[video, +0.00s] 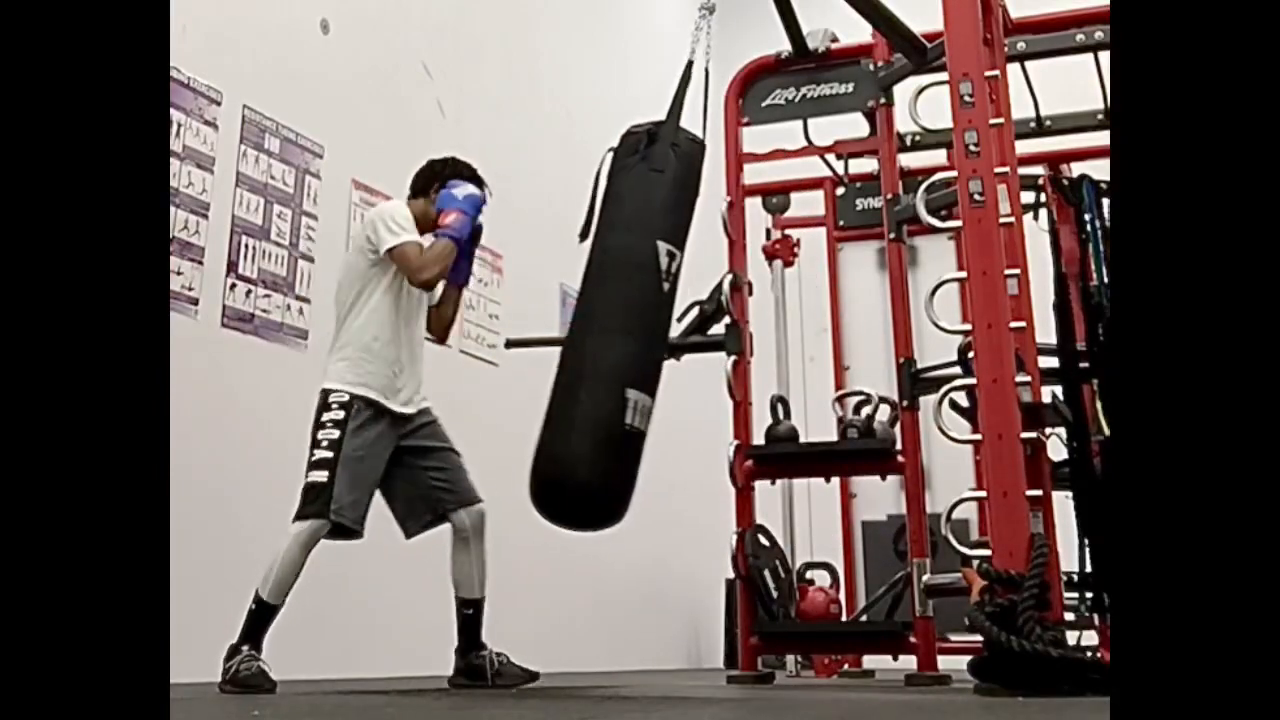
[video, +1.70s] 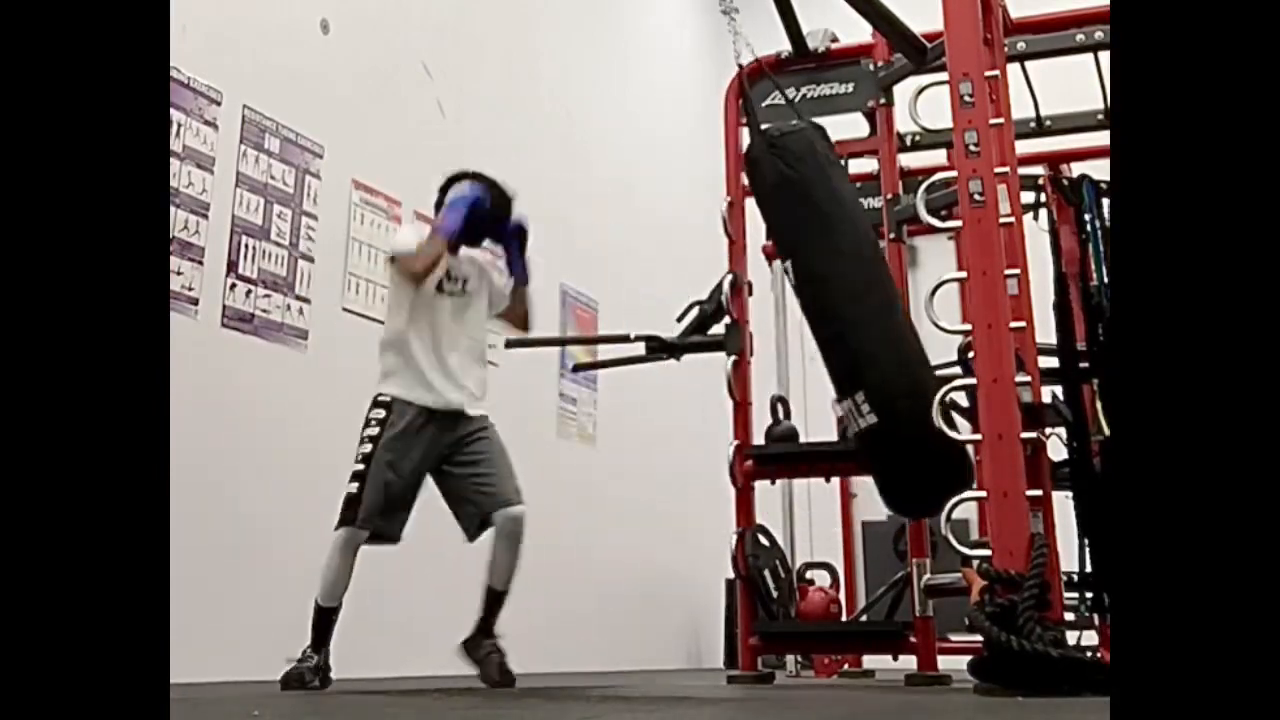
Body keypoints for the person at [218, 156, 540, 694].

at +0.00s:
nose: (459, 216)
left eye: (465, 209)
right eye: (457, 204)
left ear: (439, 204)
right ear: (433, 194)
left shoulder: (424, 251)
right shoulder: (385, 214)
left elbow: (438, 331)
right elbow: (422, 272)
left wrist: (463, 262)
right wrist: (456, 229)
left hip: (406, 403)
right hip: (355, 394)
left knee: (470, 516)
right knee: (315, 521)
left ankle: (472, 657)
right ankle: (245, 652)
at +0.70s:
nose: (441, 226)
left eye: (452, 220)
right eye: (437, 214)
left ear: (465, 225)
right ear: (423, 208)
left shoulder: (467, 267)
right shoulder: (387, 248)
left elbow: (487, 335)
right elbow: (358, 306)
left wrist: (504, 285)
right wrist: (412, 256)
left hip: (448, 415)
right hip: (383, 414)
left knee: (510, 522)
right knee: (323, 534)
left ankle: (549, 645)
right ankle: (272, 654)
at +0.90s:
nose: (509, 245)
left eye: (519, 239)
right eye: (503, 235)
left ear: (529, 237)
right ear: (485, 227)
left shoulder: (529, 269)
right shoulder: (449, 257)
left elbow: (562, 331)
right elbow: (432, 301)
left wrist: (564, 271)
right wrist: (472, 247)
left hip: (515, 416)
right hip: (452, 417)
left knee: (553, 524)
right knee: (418, 536)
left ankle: (578, 651)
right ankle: (425, 652)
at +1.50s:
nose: (524, 238)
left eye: (531, 233)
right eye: (521, 225)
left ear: (531, 235)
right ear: (499, 214)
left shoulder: (524, 274)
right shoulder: (456, 242)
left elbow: (563, 328)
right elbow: (447, 291)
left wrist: (562, 266)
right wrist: (487, 240)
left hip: (509, 413)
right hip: (456, 399)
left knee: (556, 527)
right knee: (419, 528)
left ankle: (588, 653)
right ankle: (380, 653)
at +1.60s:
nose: (495, 213)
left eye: (505, 209)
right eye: (491, 203)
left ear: (508, 211)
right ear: (470, 192)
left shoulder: (498, 250)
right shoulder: (429, 214)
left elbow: (535, 303)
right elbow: (418, 258)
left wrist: (534, 239)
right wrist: (464, 220)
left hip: (479, 386)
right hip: (425, 373)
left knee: (511, 504)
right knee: (395, 508)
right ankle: (372, 641)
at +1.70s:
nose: (464, 220)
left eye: (474, 213)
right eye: (458, 206)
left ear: (482, 223)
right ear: (439, 210)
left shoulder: (484, 270)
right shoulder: (409, 248)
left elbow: (521, 321)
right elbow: (418, 270)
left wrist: (517, 258)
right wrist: (451, 223)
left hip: (464, 414)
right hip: (403, 406)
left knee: (511, 518)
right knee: (352, 529)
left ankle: (483, 637)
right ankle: (316, 654)